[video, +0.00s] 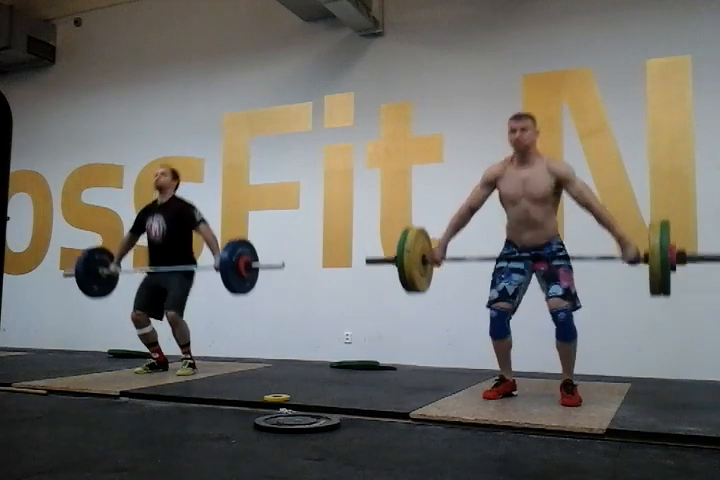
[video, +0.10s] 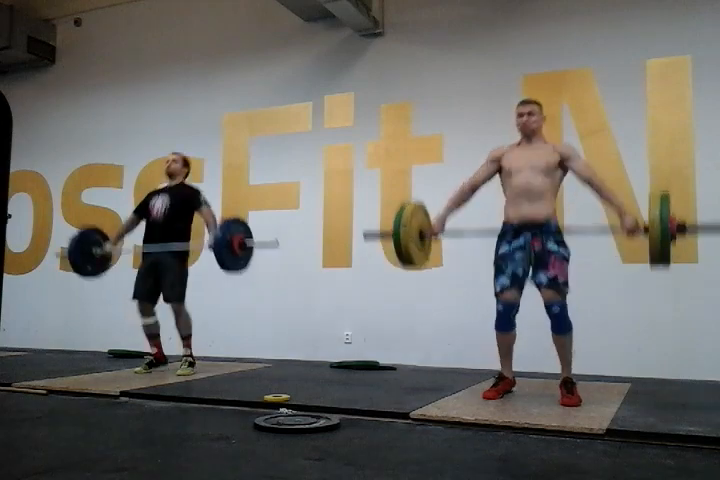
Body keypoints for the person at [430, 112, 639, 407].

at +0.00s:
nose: (518, 136)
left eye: (523, 130)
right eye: (513, 131)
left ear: (536, 134)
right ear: (508, 136)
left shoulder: (555, 170)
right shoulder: (497, 173)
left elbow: (592, 205)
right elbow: (468, 209)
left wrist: (623, 241)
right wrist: (442, 242)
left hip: (550, 251)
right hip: (514, 252)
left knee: (562, 315)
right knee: (498, 315)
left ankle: (568, 383)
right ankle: (506, 380)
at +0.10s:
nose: (525, 119)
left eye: (530, 114)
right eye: (520, 115)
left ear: (542, 118)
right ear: (515, 121)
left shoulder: (560, 152)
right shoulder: (502, 155)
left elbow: (596, 184)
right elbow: (470, 186)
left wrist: (624, 214)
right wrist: (442, 216)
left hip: (547, 236)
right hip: (512, 237)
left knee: (556, 309)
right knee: (505, 308)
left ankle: (567, 380)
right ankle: (506, 377)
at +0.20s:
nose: (531, 116)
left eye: (537, 112)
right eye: (527, 113)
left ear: (548, 119)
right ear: (521, 120)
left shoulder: (561, 145)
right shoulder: (508, 147)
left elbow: (599, 157)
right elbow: (470, 165)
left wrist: (623, 173)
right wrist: (440, 183)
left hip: (547, 221)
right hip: (512, 221)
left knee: (562, 295)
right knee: (499, 294)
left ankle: (573, 375)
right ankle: (499, 368)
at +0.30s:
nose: (533, 124)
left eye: (539, 120)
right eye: (529, 120)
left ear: (550, 126)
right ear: (523, 127)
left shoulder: (564, 154)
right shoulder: (509, 155)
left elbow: (610, 162)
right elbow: (465, 168)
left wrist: (625, 150)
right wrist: (436, 161)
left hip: (551, 240)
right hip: (514, 241)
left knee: (575, 306)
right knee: (481, 300)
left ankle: (576, 374)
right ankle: (493, 372)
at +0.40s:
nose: (531, 151)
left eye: (537, 146)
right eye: (527, 146)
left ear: (548, 151)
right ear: (521, 150)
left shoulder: (564, 180)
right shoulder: (506, 182)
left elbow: (612, 177)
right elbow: (462, 182)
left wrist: (628, 140)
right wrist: (435, 153)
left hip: (554, 272)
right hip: (516, 273)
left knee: (583, 318)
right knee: (469, 314)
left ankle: (579, 387)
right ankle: (488, 381)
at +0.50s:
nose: (525, 179)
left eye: (531, 174)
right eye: (520, 174)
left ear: (543, 178)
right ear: (514, 178)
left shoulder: (560, 202)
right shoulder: (500, 202)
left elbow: (607, 177)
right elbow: (458, 183)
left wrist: (632, 135)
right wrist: (434, 153)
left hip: (555, 292)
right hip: (516, 292)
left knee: (584, 322)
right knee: (470, 318)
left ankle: (578, 388)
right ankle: (489, 382)